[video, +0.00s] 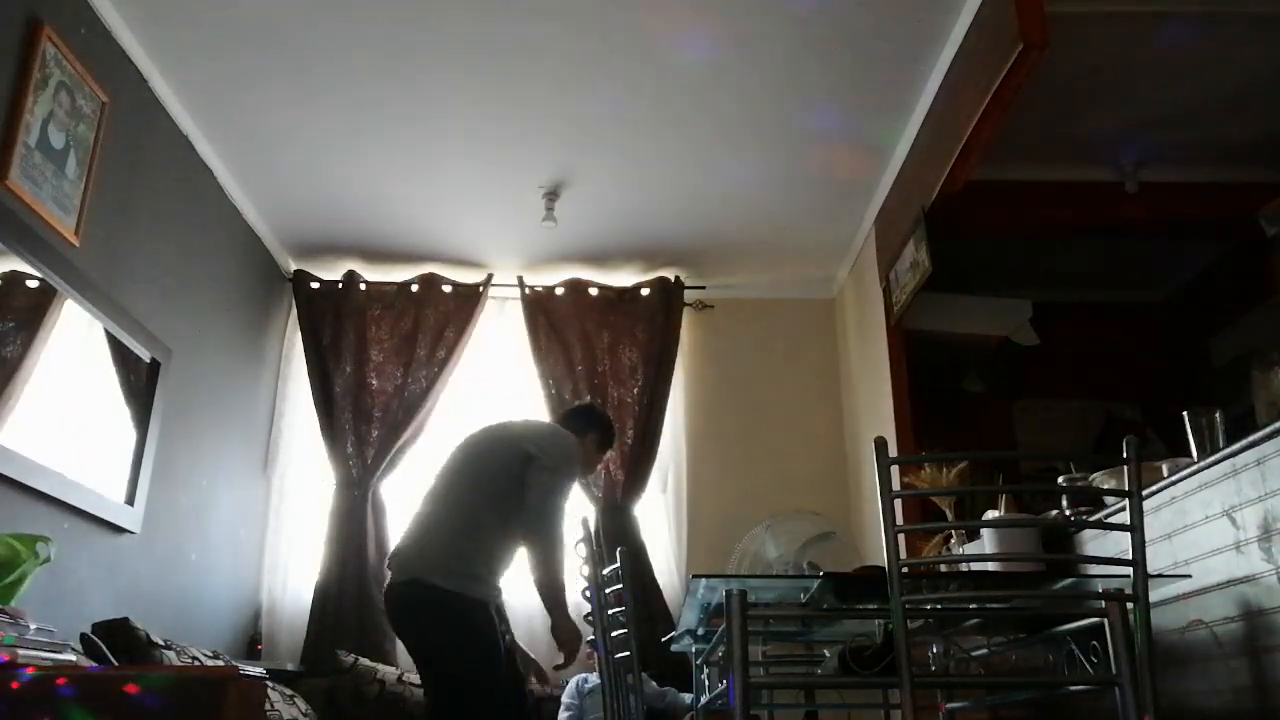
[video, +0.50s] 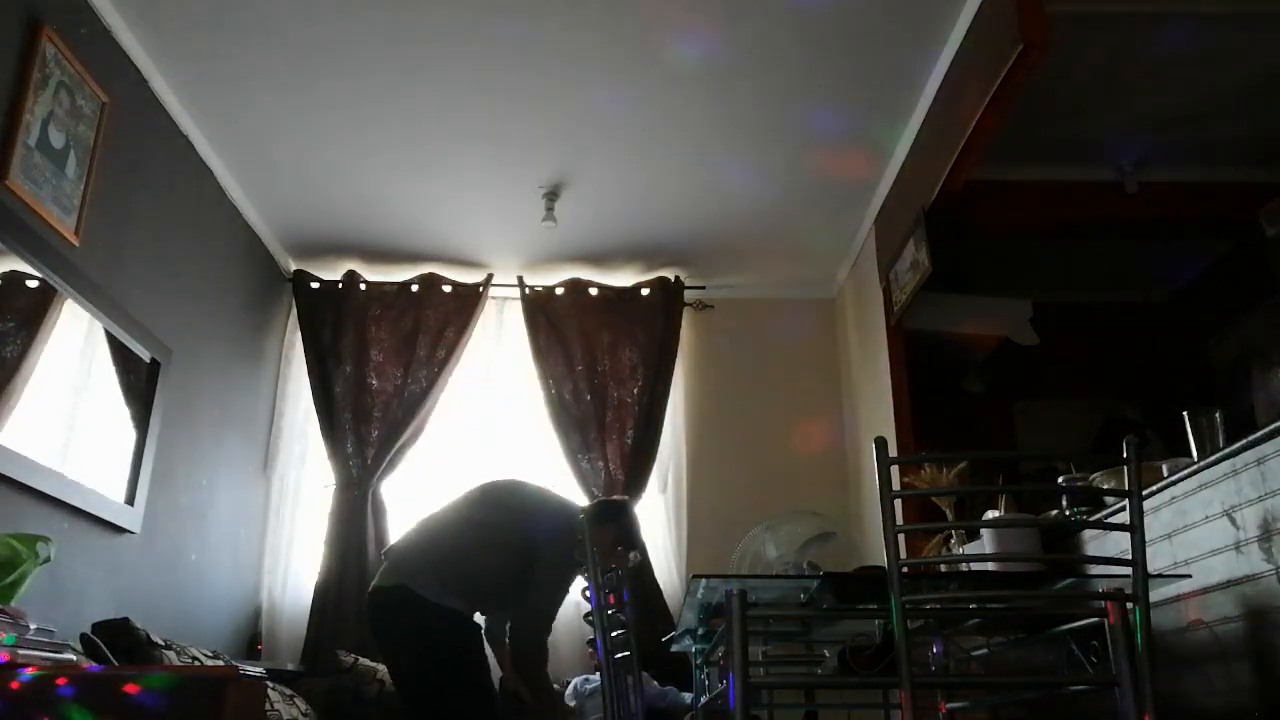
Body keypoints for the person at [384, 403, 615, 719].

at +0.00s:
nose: (594, 468)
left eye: (601, 460)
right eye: (598, 455)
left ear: (563, 423)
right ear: (589, 437)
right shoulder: (558, 444)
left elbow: (475, 573)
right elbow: (541, 528)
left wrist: (510, 646)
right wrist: (561, 618)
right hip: (451, 595)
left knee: (455, 707)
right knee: (497, 707)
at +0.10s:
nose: (600, 497)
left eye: (608, 490)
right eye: (606, 485)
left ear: (573, 453)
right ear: (597, 466)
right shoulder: (558, 471)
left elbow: (508, 595)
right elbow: (536, 573)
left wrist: (533, 673)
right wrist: (560, 653)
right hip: (433, 597)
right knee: (485, 707)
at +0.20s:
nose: (615, 525)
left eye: (621, 515)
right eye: (619, 511)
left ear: (585, 481)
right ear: (608, 496)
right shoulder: (561, 497)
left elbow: (503, 602)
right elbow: (535, 600)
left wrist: (531, 677)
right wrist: (553, 682)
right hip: (426, 597)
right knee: (471, 707)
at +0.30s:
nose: (614, 551)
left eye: (623, 544)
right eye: (621, 539)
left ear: (595, 505)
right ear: (610, 519)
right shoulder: (567, 525)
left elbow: (492, 607)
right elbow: (534, 636)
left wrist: (520, 680)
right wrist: (546, 705)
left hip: (397, 599)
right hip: (431, 608)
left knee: (441, 710)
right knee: (475, 710)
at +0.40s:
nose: (615, 563)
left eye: (623, 556)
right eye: (619, 552)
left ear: (595, 519)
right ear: (609, 532)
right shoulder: (569, 546)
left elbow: (494, 615)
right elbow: (534, 648)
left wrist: (515, 690)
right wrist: (545, 709)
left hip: (395, 600)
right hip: (430, 609)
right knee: (479, 710)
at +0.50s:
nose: (612, 564)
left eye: (620, 556)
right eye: (619, 552)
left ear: (595, 517)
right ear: (608, 532)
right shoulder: (564, 539)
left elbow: (496, 626)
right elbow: (528, 641)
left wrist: (512, 676)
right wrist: (550, 704)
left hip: (396, 600)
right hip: (434, 609)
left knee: (435, 710)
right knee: (475, 711)